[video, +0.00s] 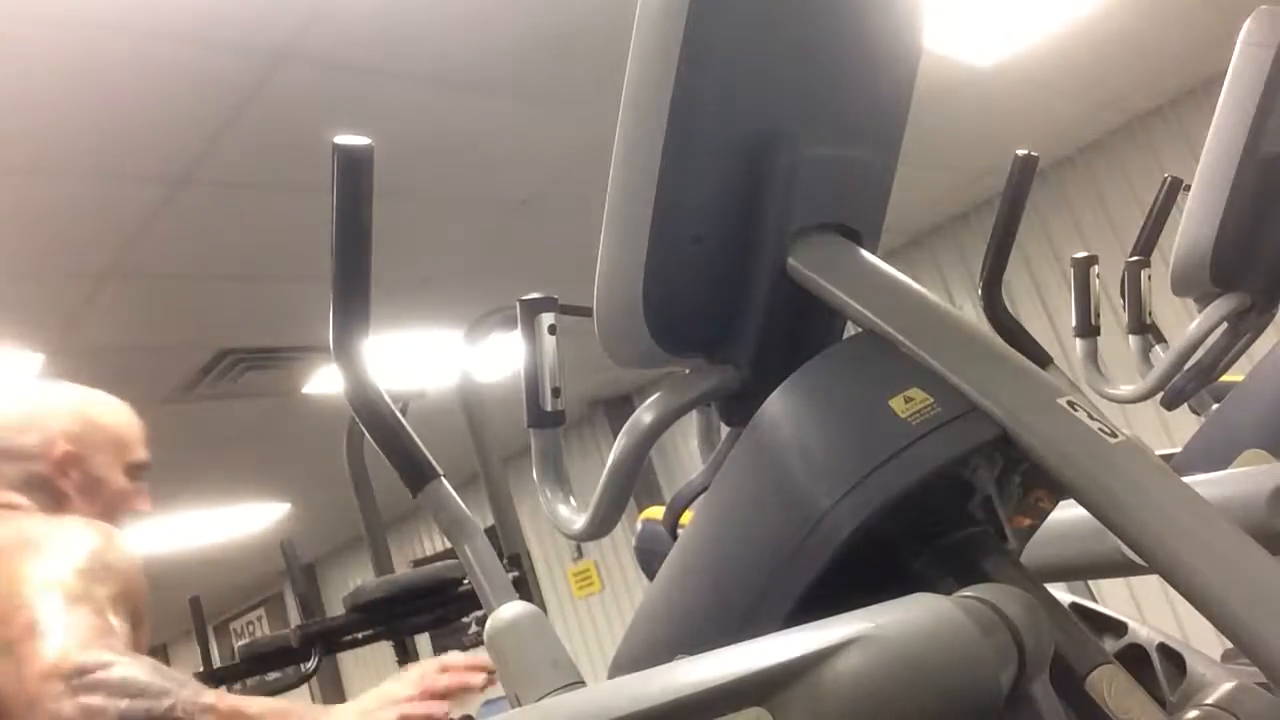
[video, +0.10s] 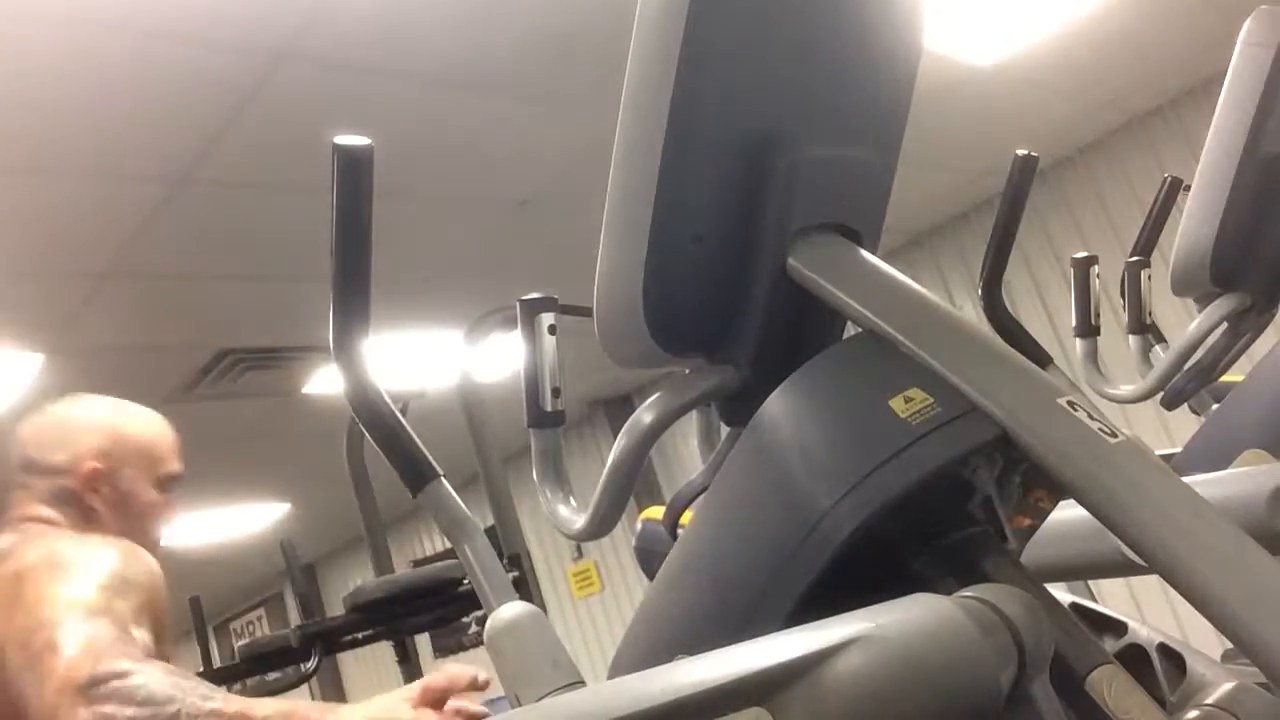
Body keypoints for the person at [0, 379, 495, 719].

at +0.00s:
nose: (144, 501)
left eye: (142, 476)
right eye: (133, 473)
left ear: (63, 468)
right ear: (66, 469)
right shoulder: (69, 546)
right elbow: (69, 687)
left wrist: (355, 709)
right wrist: (341, 711)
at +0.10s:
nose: (174, 507)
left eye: (173, 487)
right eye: (163, 485)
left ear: (93, 479)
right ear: (96, 480)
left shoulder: (28, 560)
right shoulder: (87, 561)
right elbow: (97, 692)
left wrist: (389, 707)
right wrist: (370, 711)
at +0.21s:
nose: (209, 524)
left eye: (209, 499)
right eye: (198, 498)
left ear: (119, 502)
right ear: (126, 501)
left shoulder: (16, 591)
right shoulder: (124, 587)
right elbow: (120, 701)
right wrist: (385, 711)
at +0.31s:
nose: (237, 531)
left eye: (234, 504)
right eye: (220, 503)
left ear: (136, 509)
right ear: (143, 508)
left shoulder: (18, 616)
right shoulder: (142, 601)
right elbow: (143, 707)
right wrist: (398, 709)